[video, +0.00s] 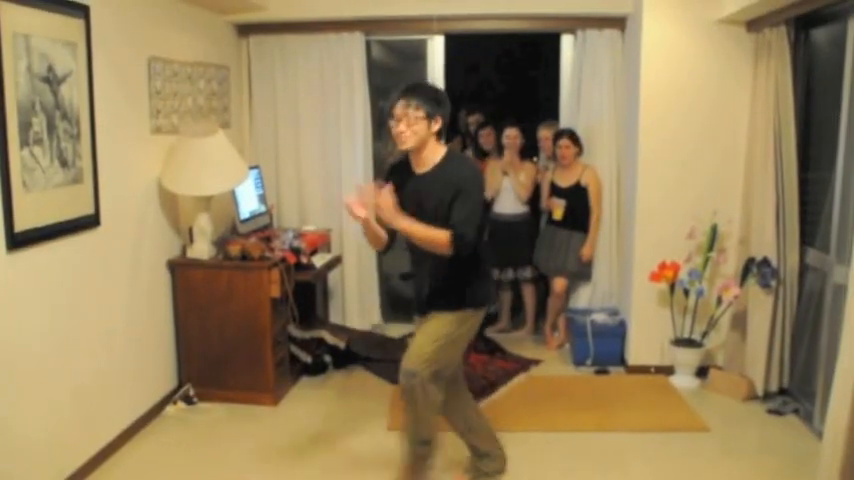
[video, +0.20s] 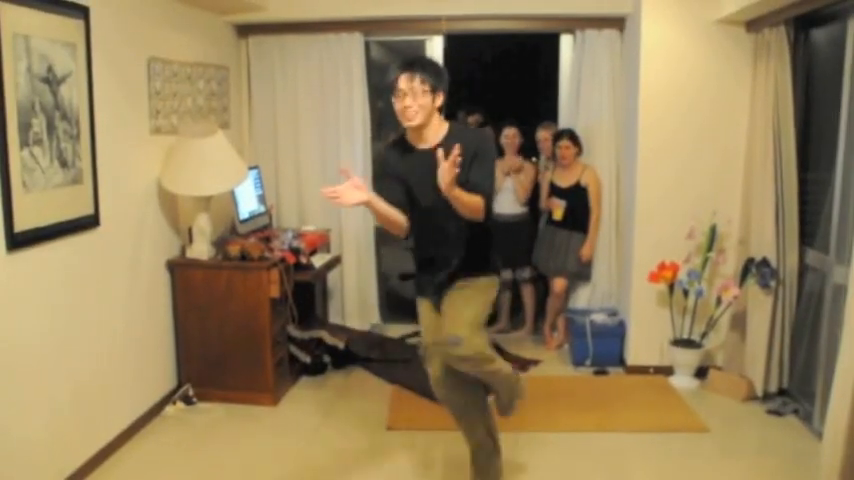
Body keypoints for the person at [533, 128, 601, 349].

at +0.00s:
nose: (563, 152)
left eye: (568, 147)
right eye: (559, 147)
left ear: (577, 149)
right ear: (554, 151)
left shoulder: (588, 174)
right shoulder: (550, 175)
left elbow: (595, 210)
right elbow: (543, 203)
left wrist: (590, 242)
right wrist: (550, 204)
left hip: (576, 234)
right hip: (553, 231)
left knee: (560, 285)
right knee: (557, 288)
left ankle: (549, 326)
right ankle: (563, 331)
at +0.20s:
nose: (563, 152)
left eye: (568, 147)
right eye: (559, 147)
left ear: (577, 150)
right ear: (554, 151)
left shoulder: (588, 174)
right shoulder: (549, 175)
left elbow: (595, 210)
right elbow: (541, 204)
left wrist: (590, 242)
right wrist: (549, 204)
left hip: (575, 234)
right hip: (553, 232)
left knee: (560, 286)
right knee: (557, 287)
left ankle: (548, 326)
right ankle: (561, 330)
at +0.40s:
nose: (563, 152)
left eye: (568, 147)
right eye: (559, 148)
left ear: (577, 150)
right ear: (554, 151)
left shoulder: (588, 175)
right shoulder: (549, 175)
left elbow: (594, 211)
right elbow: (542, 204)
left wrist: (589, 243)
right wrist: (549, 205)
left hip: (575, 234)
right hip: (552, 232)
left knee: (559, 286)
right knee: (557, 288)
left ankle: (547, 326)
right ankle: (561, 331)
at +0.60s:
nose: (563, 153)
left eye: (568, 148)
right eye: (559, 148)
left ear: (577, 150)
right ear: (554, 152)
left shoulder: (588, 175)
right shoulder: (549, 176)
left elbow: (594, 211)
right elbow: (541, 205)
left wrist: (589, 243)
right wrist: (550, 205)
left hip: (575, 235)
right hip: (552, 232)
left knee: (559, 286)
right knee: (556, 288)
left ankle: (546, 326)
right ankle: (560, 331)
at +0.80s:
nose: (563, 153)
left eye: (567, 148)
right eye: (559, 148)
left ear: (577, 150)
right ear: (554, 152)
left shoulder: (588, 175)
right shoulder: (549, 176)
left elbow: (594, 212)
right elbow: (541, 205)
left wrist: (589, 244)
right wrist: (550, 205)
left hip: (574, 235)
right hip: (552, 232)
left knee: (559, 287)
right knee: (554, 288)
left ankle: (545, 325)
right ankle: (559, 332)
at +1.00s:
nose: (562, 153)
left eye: (567, 148)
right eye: (558, 148)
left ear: (576, 150)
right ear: (554, 152)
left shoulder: (587, 176)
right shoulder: (548, 176)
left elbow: (594, 211)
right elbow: (540, 205)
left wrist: (589, 243)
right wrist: (549, 205)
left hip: (574, 235)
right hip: (552, 232)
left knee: (558, 286)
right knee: (554, 288)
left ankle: (545, 326)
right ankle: (559, 331)